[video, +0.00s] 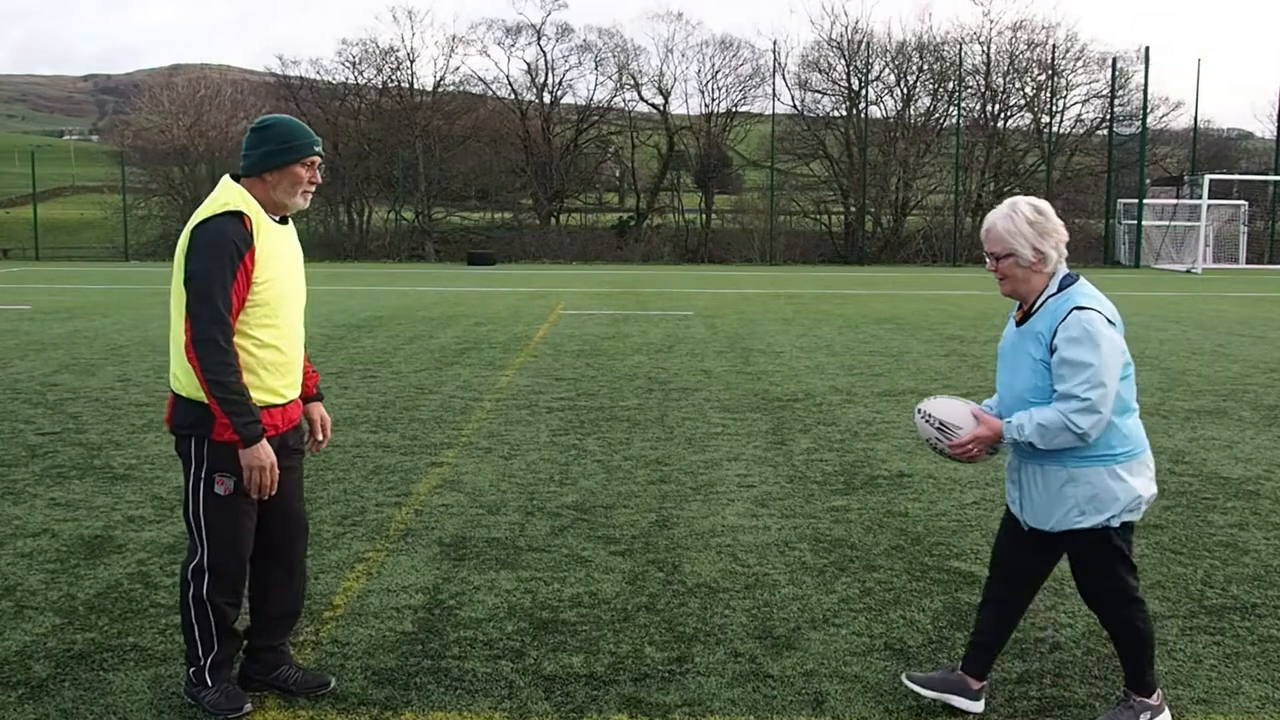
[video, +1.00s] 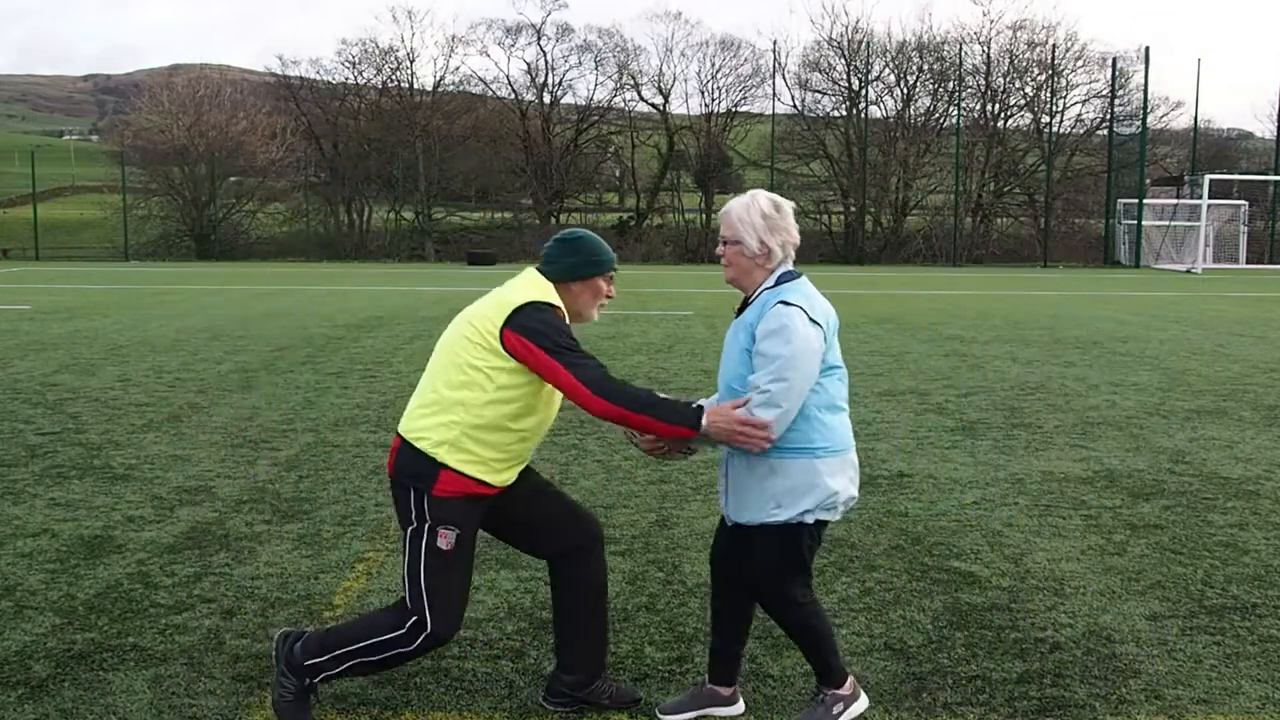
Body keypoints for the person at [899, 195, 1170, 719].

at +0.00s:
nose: (992, 268)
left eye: (999, 257)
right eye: (989, 258)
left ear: (1038, 255)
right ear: (1034, 257)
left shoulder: (1081, 320)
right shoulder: (1026, 313)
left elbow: (1082, 418)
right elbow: (1020, 393)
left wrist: (1004, 430)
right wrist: (974, 422)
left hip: (1094, 483)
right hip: (1040, 478)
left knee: (1111, 593)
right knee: (1008, 580)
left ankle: (1146, 698)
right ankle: (969, 677)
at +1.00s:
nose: (718, 253)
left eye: (728, 243)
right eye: (720, 241)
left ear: (763, 251)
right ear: (761, 252)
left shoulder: (790, 315)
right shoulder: (762, 307)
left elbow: (763, 423)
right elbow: (736, 393)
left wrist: (689, 434)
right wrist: (680, 425)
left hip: (798, 480)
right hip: (760, 474)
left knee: (779, 582)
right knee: (730, 567)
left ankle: (840, 689)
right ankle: (720, 688)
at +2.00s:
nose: (760, 250)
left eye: (770, 240)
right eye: (761, 239)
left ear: (806, 251)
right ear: (800, 252)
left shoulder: (832, 319)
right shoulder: (800, 312)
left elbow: (825, 415)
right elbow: (788, 391)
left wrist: (750, 425)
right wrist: (741, 410)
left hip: (834, 485)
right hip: (795, 479)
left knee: (830, 590)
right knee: (766, 583)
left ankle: (890, 693)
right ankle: (726, 683)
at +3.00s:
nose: (987, 247)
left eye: (998, 238)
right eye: (988, 236)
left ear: (1034, 247)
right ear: (1030, 248)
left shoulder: (1064, 313)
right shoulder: (1021, 307)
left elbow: (1065, 407)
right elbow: (1008, 385)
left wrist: (991, 421)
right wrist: (966, 408)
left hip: (1073, 479)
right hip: (1030, 474)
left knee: (1080, 583)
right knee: (1010, 569)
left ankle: (1113, 688)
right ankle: (991, 674)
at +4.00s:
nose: (1058, 244)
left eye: (1070, 235)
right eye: (1058, 234)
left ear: (1107, 240)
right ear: (1064, 237)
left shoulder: (1143, 304)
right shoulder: (1074, 298)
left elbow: (1157, 392)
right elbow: (1068, 374)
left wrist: (1077, 413)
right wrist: (1037, 406)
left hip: (1138, 462)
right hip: (1096, 458)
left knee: (1113, 566)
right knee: (1099, 563)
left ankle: (1127, 681)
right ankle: (1121, 667)